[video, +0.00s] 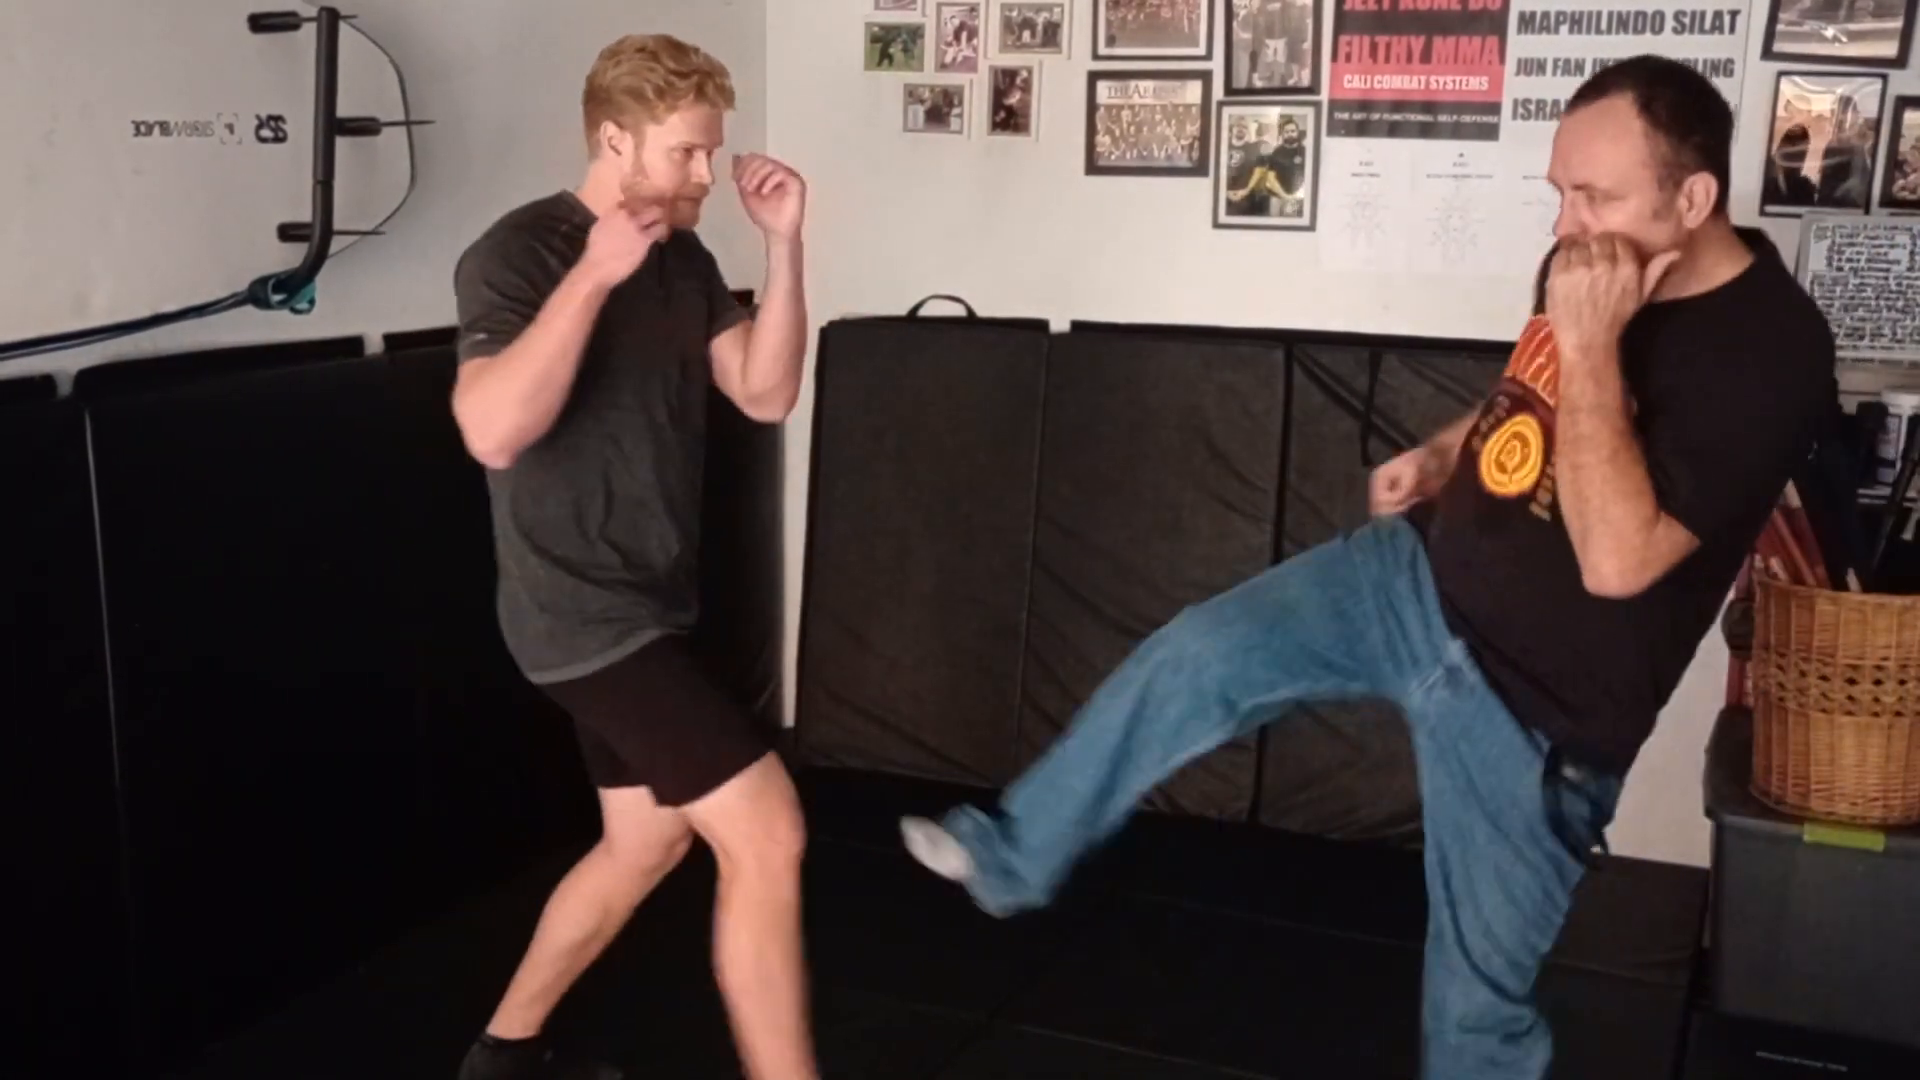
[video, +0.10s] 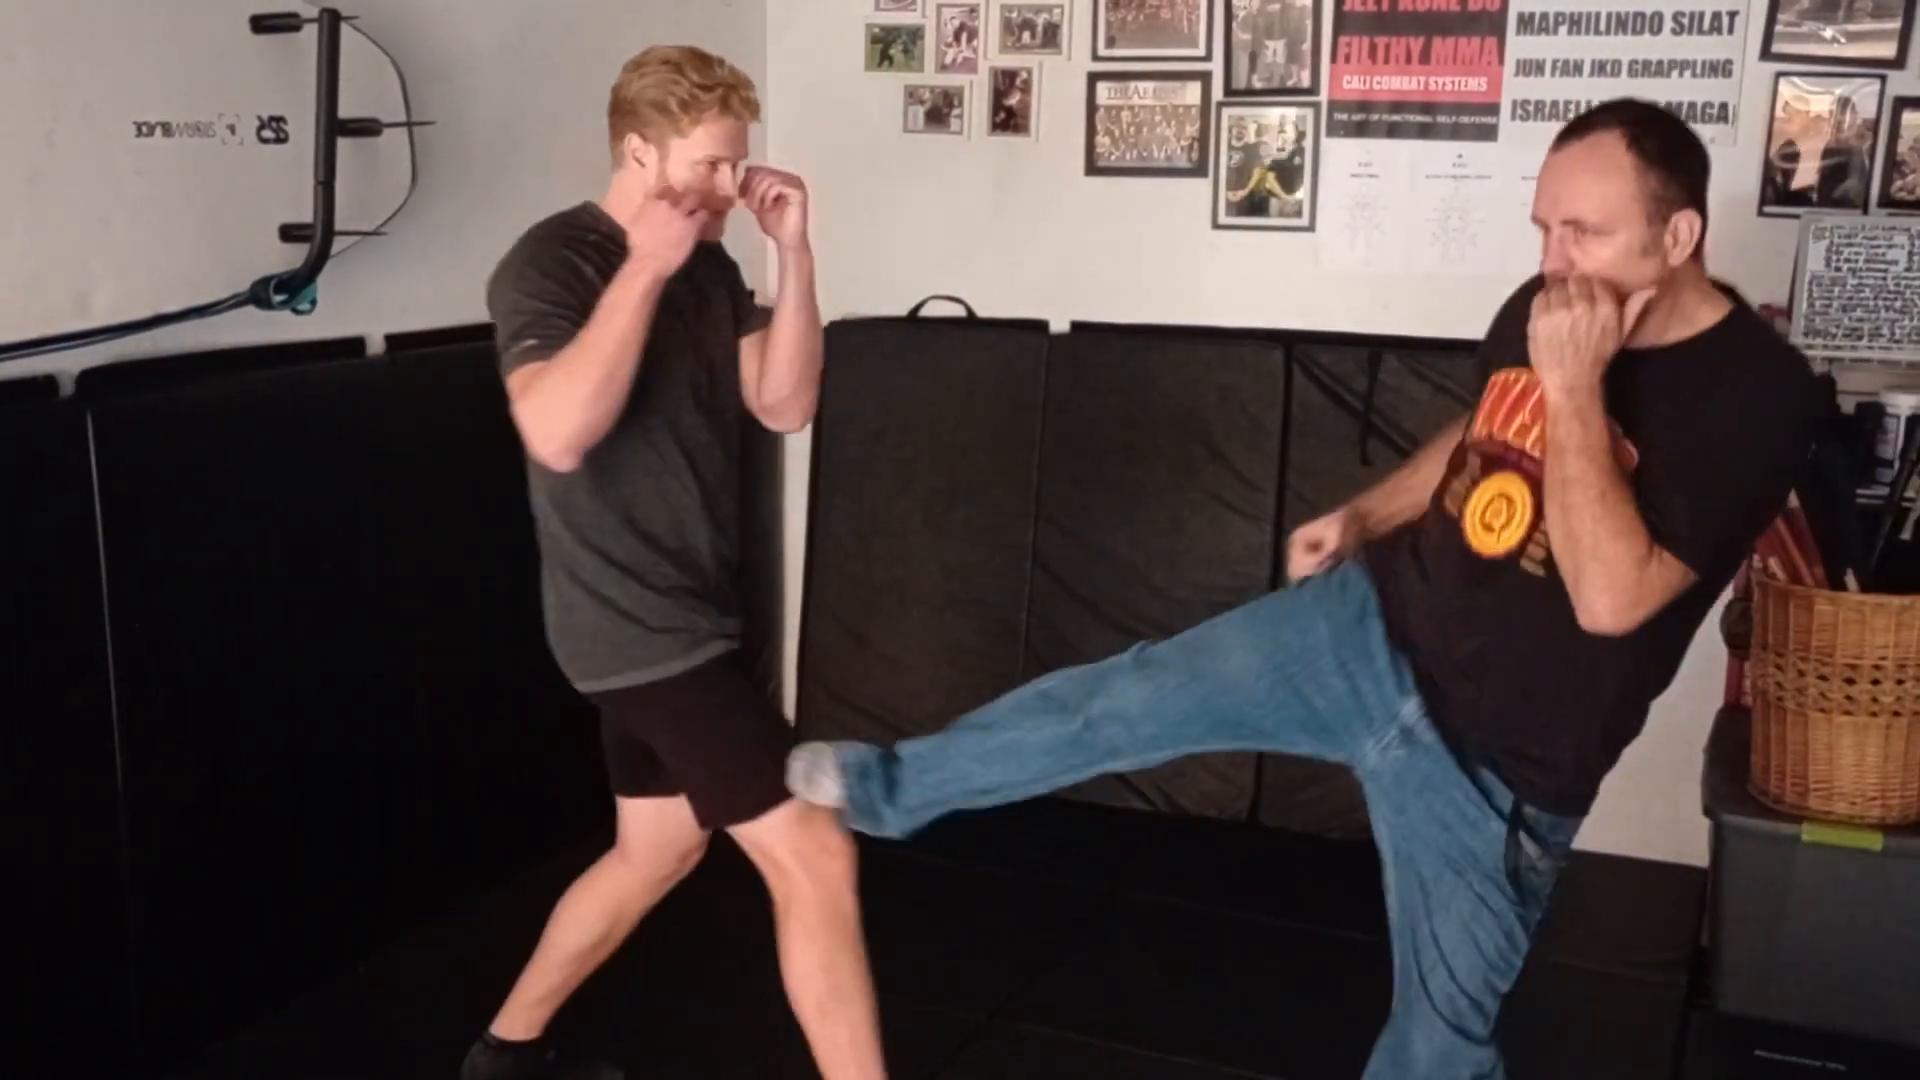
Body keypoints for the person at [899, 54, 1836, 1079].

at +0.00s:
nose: (1567, 225)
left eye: (1597, 197)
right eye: (1563, 196)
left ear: (1697, 198)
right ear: (1561, 184)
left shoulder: (1773, 353)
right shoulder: (1604, 268)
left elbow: (1620, 561)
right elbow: (1535, 398)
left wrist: (1592, 352)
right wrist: (1437, 457)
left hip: (1538, 728)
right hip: (1418, 576)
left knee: (1476, 1023)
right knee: (1198, 656)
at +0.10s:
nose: (1553, 255)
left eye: (1583, 235)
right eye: (1546, 228)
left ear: (1679, 241)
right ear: (1546, 216)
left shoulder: (1763, 396)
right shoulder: (1547, 310)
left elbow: (1613, 601)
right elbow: (1459, 448)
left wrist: (1573, 386)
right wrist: (1351, 519)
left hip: (1496, 782)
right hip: (1369, 627)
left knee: (1441, 1046)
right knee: (1126, 700)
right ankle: (881, 786)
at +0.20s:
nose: (1545, 282)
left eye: (1574, 257)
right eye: (1536, 255)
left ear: (1672, 256)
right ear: (1535, 240)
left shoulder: (1746, 409)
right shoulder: (1518, 325)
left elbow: (1628, 628)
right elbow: (1421, 462)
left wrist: (1563, 429)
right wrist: (1294, 546)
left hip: (1474, 783)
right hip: (1337, 633)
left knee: (1433, 1050)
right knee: (1099, 707)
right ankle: (866, 791)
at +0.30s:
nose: (1534, 272)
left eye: (1567, 249)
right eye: (1524, 243)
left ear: (1659, 246)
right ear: (1516, 231)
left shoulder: (1735, 403)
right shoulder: (1502, 308)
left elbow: (1610, 621)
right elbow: (1406, 437)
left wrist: (1548, 427)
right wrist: (1282, 528)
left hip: (1479, 759)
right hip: (1340, 619)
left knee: (1435, 1028)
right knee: (1110, 723)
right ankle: (874, 825)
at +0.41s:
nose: (1503, 251)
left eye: (1537, 225)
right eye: (1495, 220)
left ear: (1631, 225)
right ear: (1486, 214)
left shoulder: (1703, 384)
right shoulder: (1493, 289)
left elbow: (1575, 601)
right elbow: (1407, 420)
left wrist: (1514, 407)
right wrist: (1283, 496)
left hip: (1491, 741)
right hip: (1357, 604)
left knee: (1445, 1023)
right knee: (1150, 731)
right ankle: (950, 876)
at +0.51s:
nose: (1483, 235)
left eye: (1513, 205)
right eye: (1473, 205)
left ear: (1606, 206)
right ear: (1464, 199)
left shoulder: (1681, 364)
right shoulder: (1487, 288)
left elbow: (1561, 590)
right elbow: (1421, 410)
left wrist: (1476, 396)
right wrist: (1303, 459)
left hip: (1496, 743)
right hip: (1363, 618)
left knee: (1449, 1016)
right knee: (1186, 769)